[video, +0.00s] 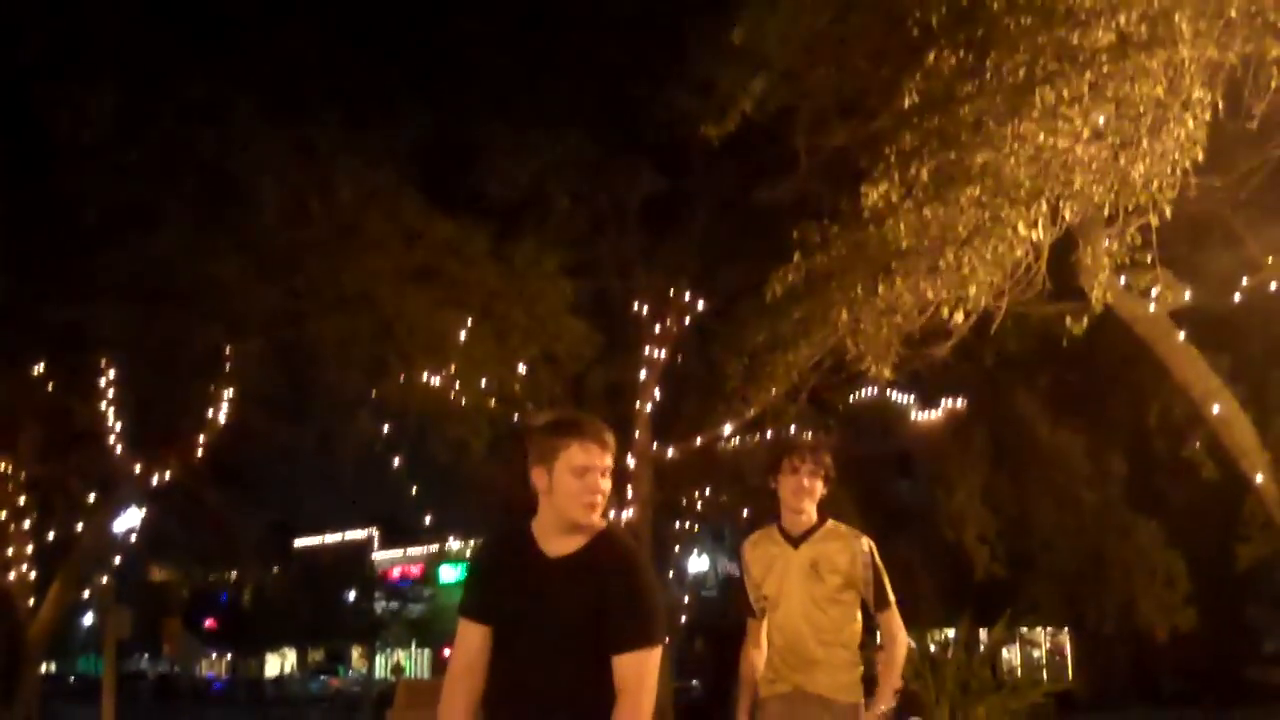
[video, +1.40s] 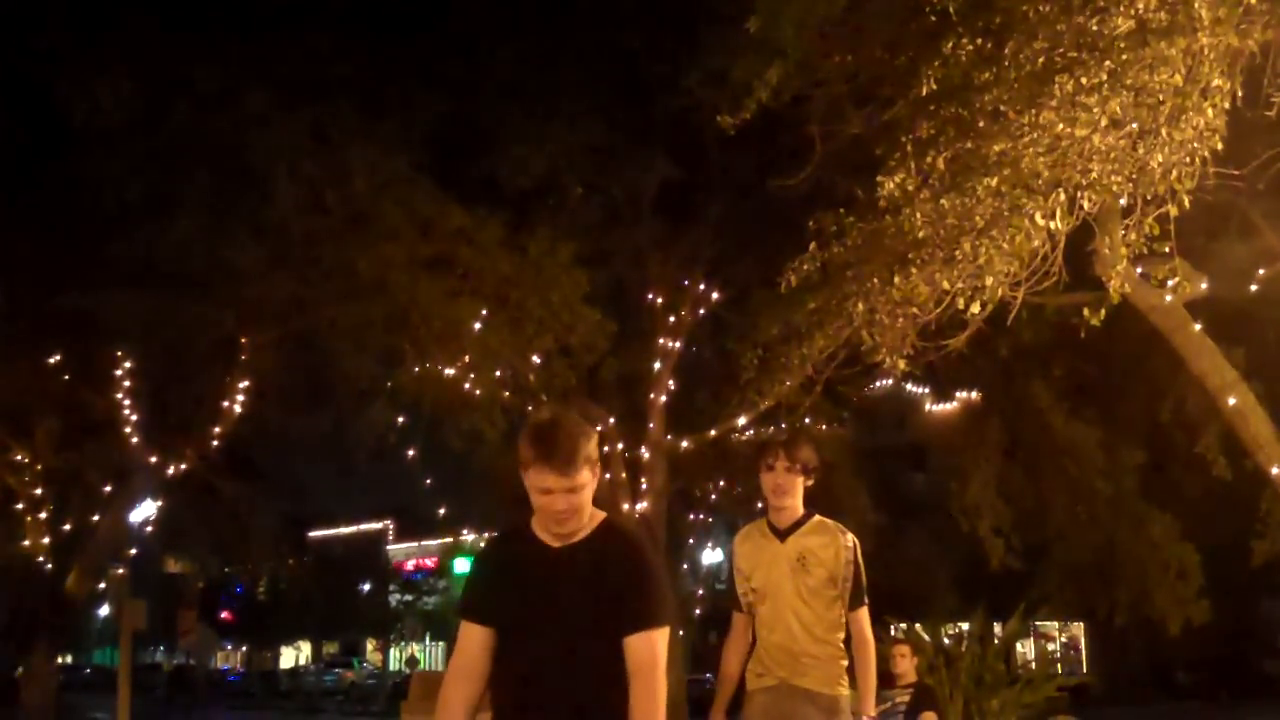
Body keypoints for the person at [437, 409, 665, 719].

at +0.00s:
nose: (599, 486)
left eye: (605, 473)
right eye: (581, 472)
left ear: (612, 478)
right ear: (540, 478)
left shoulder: (624, 567)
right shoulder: (498, 555)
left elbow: (636, 699)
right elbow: (465, 672)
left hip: (588, 711)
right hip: (506, 711)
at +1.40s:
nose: (560, 505)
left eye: (572, 489)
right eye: (545, 491)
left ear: (596, 473)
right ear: (525, 478)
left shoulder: (629, 554)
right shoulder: (500, 557)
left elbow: (646, 675)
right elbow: (466, 670)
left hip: (602, 713)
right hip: (518, 712)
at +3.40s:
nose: (523, 507)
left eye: (539, 491)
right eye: (513, 492)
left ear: (575, 482)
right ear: (503, 487)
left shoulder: (624, 556)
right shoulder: (495, 556)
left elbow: (649, 691)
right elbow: (480, 672)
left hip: (605, 713)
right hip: (521, 712)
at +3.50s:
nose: (520, 504)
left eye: (537, 489)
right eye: (510, 490)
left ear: (575, 483)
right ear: (501, 486)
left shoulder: (620, 565)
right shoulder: (492, 555)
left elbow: (648, 690)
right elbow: (479, 662)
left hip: (604, 713)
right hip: (521, 712)